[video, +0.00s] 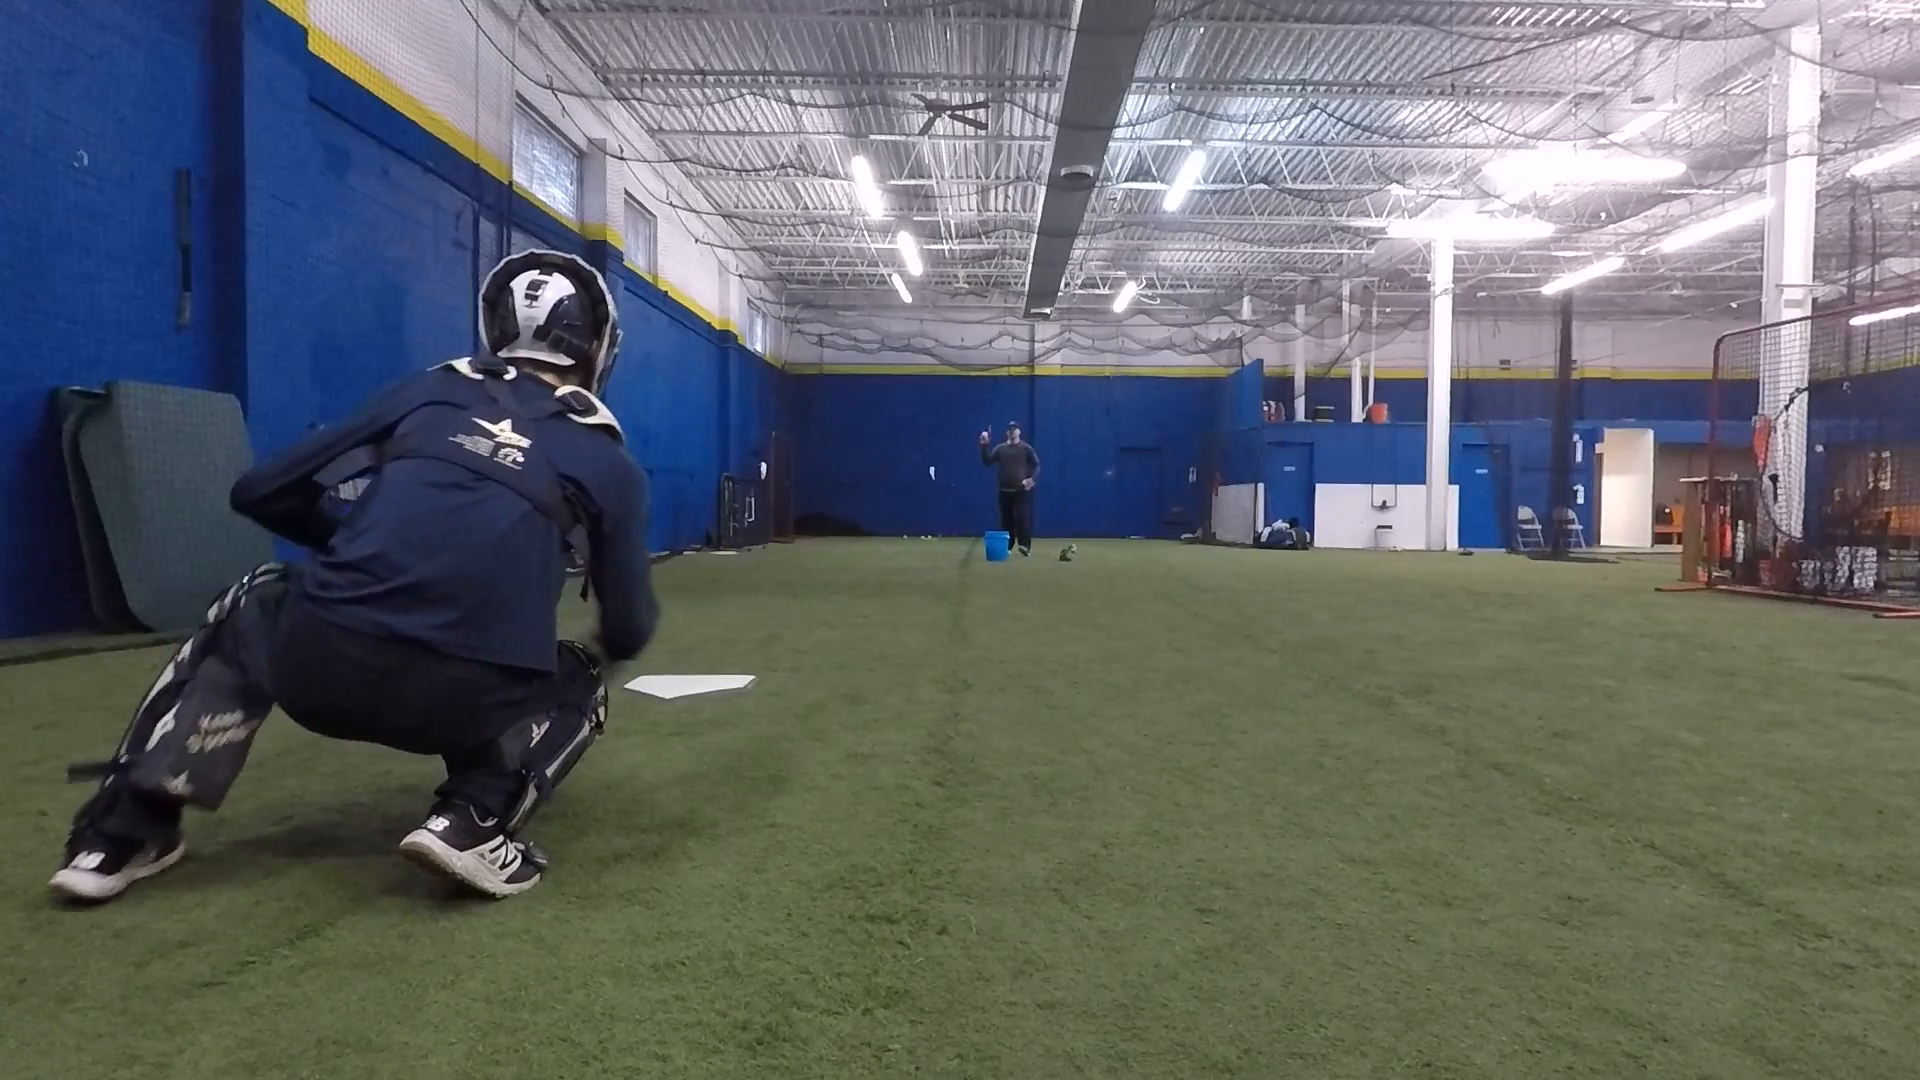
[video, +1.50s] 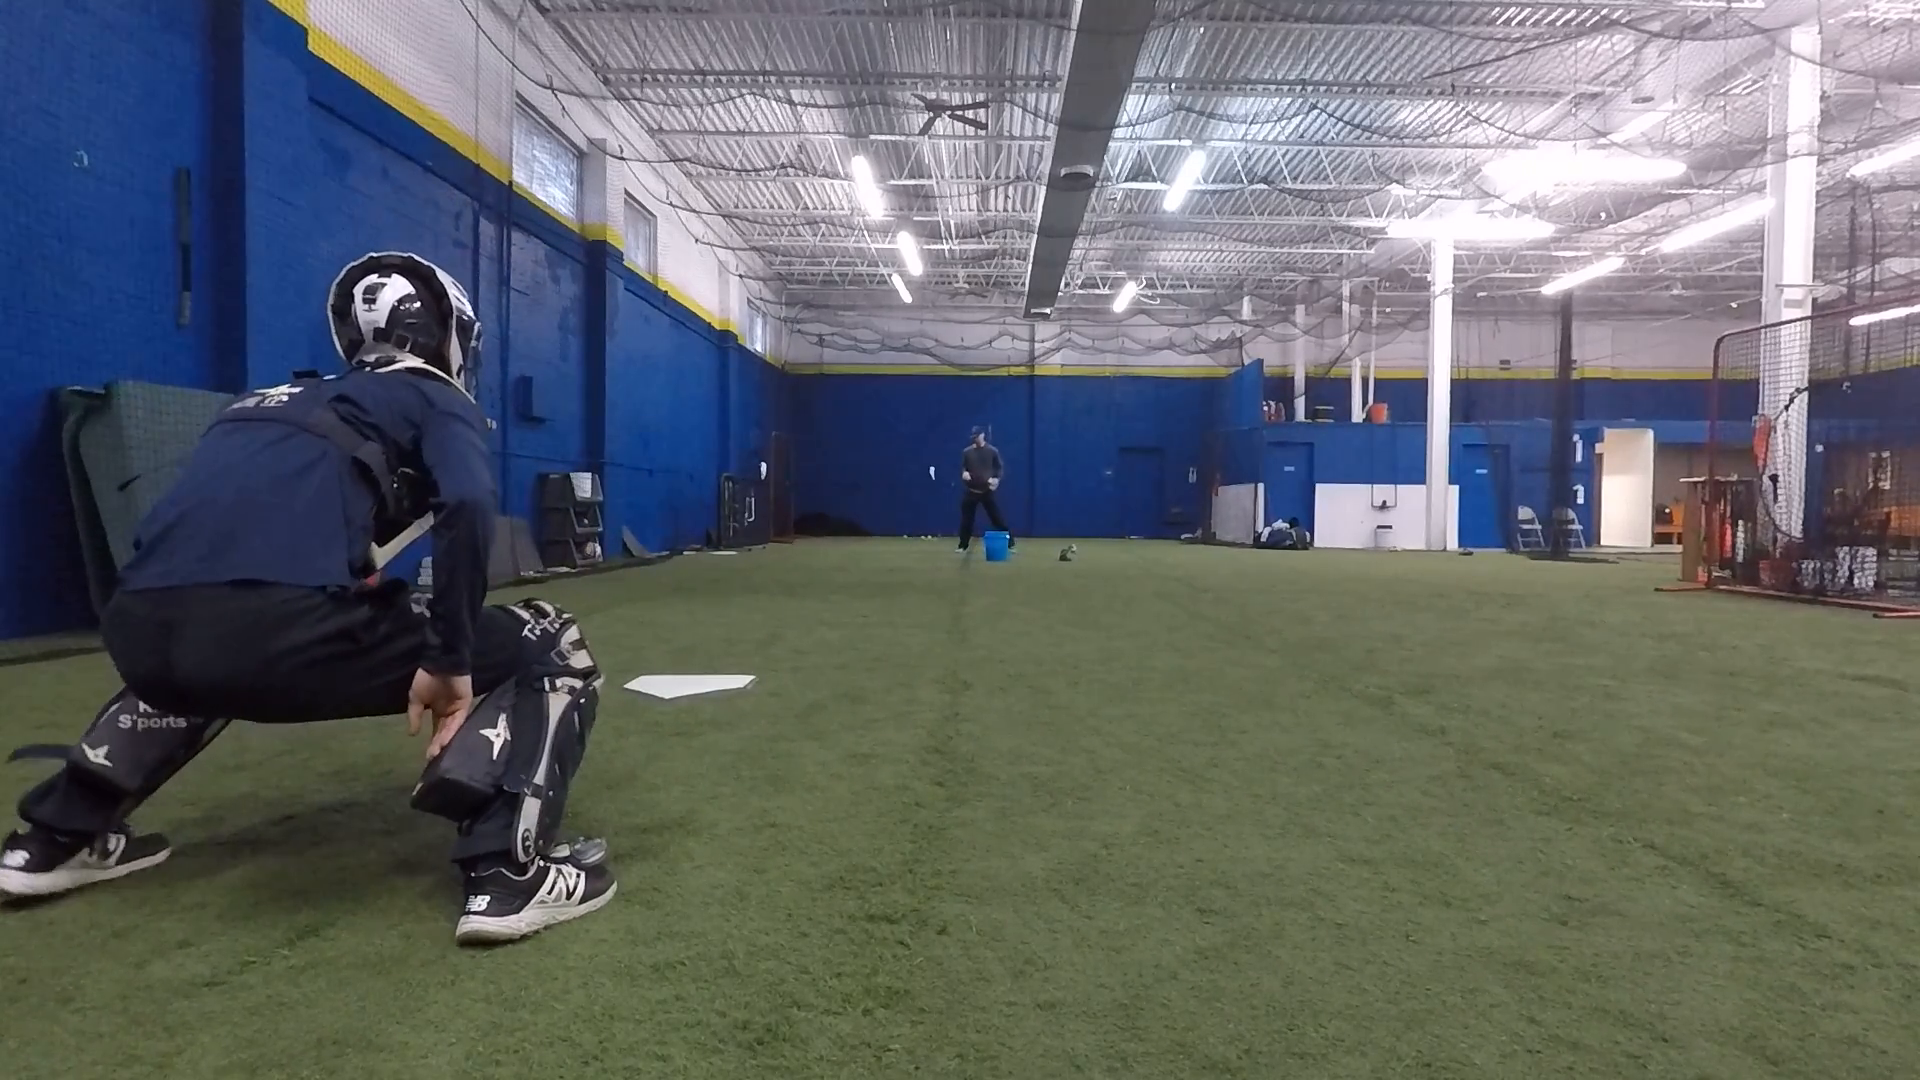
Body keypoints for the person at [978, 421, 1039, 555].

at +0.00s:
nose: (1012, 432)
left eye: (1014, 430)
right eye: (1010, 430)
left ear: (1019, 432)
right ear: (1007, 432)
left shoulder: (1026, 449)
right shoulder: (1000, 448)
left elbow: (1037, 466)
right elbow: (987, 461)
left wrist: (1032, 479)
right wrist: (984, 446)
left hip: (1021, 490)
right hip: (1005, 490)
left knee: (1022, 518)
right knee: (1006, 519)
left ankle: (1024, 546)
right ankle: (1008, 546)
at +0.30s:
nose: (1010, 432)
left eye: (1012, 430)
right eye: (1008, 430)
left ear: (1017, 431)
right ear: (1005, 432)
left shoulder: (1024, 448)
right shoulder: (998, 448)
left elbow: (1034, 465)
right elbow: (990, 466)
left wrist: (1029, 478)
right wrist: (985, 459)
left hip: (1018, 489)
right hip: (1003, 488)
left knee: (1018, 516)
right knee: (1005, 518)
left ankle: (1023, 545)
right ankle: (1007, 546)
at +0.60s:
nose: (1012, 436)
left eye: (1014, 433)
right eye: (1010, 433)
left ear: (1019, 433)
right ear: (1007, 434)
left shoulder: (1025, 449)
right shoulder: (1000, 449)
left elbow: (1034, 469)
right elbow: (994, 464)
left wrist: (1027, 481)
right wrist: (999, 471)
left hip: (1018, 489)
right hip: (1003, 489)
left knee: (1016, 518)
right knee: (1003, 517)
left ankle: (1015, 545)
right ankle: (1005, 544)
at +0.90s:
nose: (1012, 439)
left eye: (1014, 436)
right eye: (1010, 436)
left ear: (1019, 436)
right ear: (1007, 436)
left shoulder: (1025, 452)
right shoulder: (1000, 448)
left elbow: (1032, 469)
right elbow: (991, 461)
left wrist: (1025, 482)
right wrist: (996, 470)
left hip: (1013, 489)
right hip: (997, 487)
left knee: (1013, 518)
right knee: (994, 516)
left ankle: (1014, 545)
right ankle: (990, 545)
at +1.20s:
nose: (999, 438)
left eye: (1001, 436)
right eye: (997, 436)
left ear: (1007, 435)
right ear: (994, 437)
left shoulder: (1013, 452)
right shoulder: (987, 450)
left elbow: (1021, 469)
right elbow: (981, 465)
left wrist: (1017, 481)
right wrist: (989, 472)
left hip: (1004, 491)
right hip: (987, 491)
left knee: (1009, 519)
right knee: (977, 517)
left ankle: (1014, 546)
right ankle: (965, 544)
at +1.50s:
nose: (975, 438)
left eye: (977, 435)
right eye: (974, 436)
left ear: (983, 435)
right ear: (972, 437)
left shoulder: (993, 451)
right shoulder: (967, 452)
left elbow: (999, 467)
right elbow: (963, 466)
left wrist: (997, 478)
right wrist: (964, 473)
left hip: (987, 491)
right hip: (971, 491)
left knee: (996, 518)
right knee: (966, 520)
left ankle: (1009, 543)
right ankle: (963, 545)